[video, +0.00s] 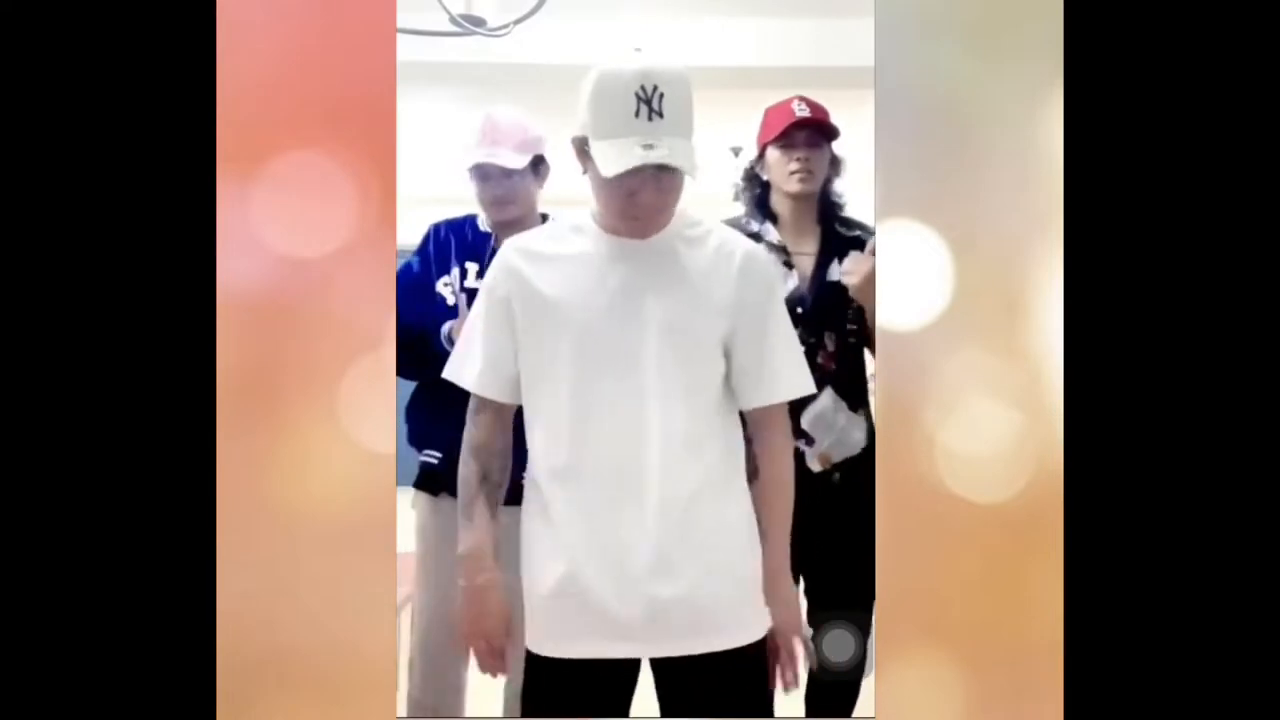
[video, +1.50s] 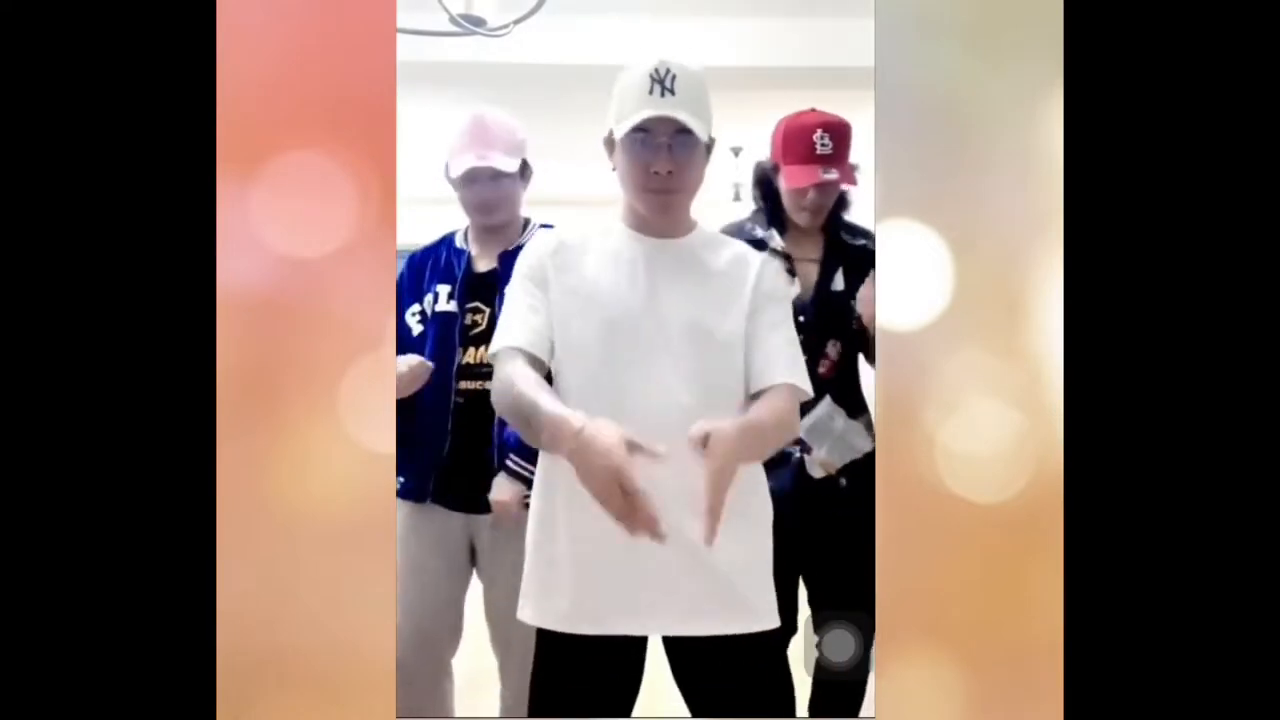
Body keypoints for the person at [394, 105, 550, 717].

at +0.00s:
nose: (495, 188)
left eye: (510, 173)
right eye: (484, 174)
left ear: (542, 173)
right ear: (470, 178)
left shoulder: (568, 251)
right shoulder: (446, 242)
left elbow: (582, 351)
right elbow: (391, 339)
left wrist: (510, 332)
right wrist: (448, 336)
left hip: (536, 484)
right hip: (446, 480)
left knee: (532, 636)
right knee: (435, 633)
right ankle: (432, 719)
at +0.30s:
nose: (492, 191)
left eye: (506, 175)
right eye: (482, 176)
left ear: (544, 175)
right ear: (471, 178)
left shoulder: (574, 256)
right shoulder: (451, 246)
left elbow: (595, 362)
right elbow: (409, 342)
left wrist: (581, 456)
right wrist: (417, 428)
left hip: (552, 490)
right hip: (462, 485)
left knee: (540, 656)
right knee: (441, 646)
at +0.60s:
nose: (461, 187)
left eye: (475, 171)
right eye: (453, 172)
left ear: (518, 170)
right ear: (445, 176)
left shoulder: (570, 256)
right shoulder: (427, 260)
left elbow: (579, 386)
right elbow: (398, 371)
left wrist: (485, 427)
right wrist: (399, 460)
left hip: (531, 493)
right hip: (442, 495)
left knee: (534, 658)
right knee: (430, 656)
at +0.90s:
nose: (485, 178)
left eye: (496, 162)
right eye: (468, 165)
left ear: (513, 171)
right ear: (439, 175)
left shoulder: (545, 252)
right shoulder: (406, 267)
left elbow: (554, 371)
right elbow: (382, 375)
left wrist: (472, 422)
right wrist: (413, 449)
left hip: (522, 494)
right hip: (430, 495)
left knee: (528, 668)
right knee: (415, 654)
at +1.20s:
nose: (529, 179)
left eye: (536, 164)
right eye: (511, 165)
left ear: (544, 169)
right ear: (469, 172)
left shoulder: (560, 256)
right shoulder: (418, 263)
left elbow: (566, 386)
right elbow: (387, 374)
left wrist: (471, 417)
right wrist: (396, 468)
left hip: (533, 495)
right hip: (437, 494)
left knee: (534, 670)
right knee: (420, 655)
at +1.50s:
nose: (485, 190)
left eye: (499, 175)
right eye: (471, 176)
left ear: (526, 178)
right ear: (451, 184)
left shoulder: (556, 263)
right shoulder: (418, 269)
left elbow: (565, 376)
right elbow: (367, 363)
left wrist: (523, 470)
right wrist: (387, 377)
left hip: (516, 500)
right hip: (428, 498)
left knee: (524, 665)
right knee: (416, 662)